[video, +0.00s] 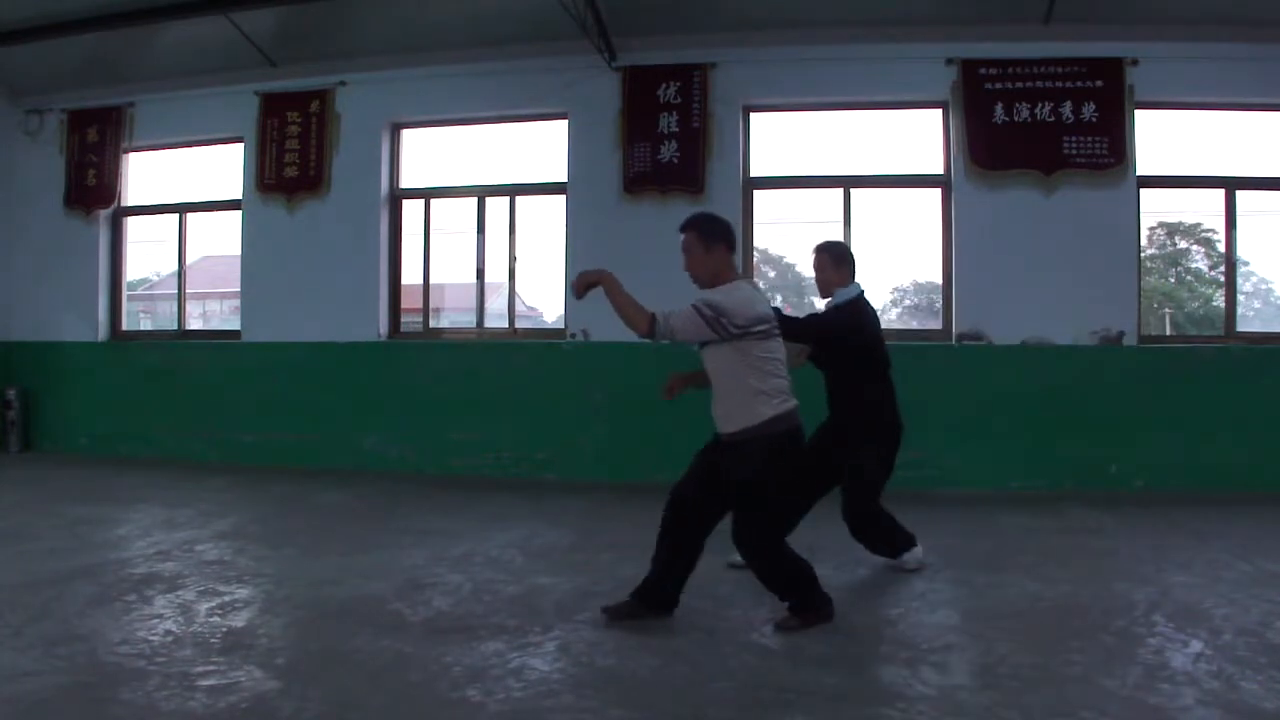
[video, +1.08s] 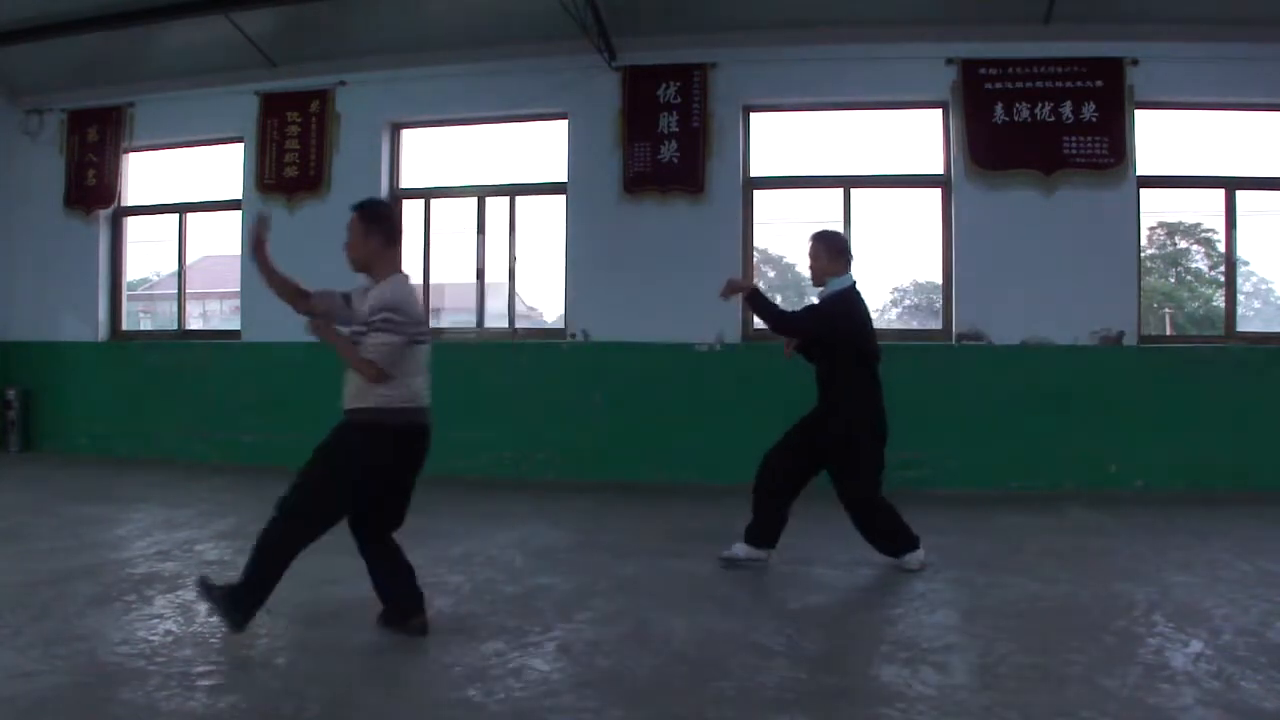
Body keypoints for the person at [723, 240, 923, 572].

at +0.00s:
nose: (815, 278)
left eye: (819, 270)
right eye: (815, 271)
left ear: (839, 270)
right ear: (843, 271)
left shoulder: (848, 315)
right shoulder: (848, 310)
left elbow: (799, 330)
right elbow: (838, 363)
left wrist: (759, 310)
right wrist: (810, 353)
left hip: (871, 429)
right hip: (846, 424)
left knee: (858, 511)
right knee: (794, 487)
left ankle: (906, 549)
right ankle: (760, 549)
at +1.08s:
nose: (809, 264)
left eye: (814, 257)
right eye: (810, 258)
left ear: (832, 260)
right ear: (839, 261)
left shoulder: (840, 305)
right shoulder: (845, 301)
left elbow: (788, 324)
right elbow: (837, 354)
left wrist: (750, 292)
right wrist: (802, 347)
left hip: (849, 416)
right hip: (839, 412)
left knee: (857, 491)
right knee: (779, 469)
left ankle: (908, 548)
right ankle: (757, 544)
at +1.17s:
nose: (798, 269)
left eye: (803, 261)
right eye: (799, 261)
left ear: (819, 263)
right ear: (828, 264)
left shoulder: (830, 308)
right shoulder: (835, 305)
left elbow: (776, 328)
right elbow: (829, 357)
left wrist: (743, 296)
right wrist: (793, 351)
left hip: (839, 417)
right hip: (837, 413)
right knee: (772, 470)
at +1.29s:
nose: (761, 274)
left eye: (765, 267)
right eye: (762, 267)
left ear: (782, 270)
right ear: (790, 269)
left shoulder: (789, 312)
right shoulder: (801, 308)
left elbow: (733, 331)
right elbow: (806, 355)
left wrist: (703, 297)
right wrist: (769, 355)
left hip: (803, 421)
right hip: (818, 419)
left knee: (742, 474)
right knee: (842, 491)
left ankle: (700, 544)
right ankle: (907, 547)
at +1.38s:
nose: (724, 272)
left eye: (730, 266)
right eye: (724, 265)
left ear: (748, 270)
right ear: (750, 270)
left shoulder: (746, 312)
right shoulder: (764, 308)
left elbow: (690, 333)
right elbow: (770, 355)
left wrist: (663, 299)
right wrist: (734, 359)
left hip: (762, 420)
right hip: (782, 417)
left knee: (702, 471)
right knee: (814, 485)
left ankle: (690, 548)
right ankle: (892, 532)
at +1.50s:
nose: (686, 263)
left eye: (690, 255)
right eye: (687, 255)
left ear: (706, 258)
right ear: (714, 259)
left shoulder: (713, 301)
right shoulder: (731, 300)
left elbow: (673, 344)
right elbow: (700, 347)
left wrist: (643, 319)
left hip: (724, 415)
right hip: (746, 414)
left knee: (675, 473)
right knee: (749, 495)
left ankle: (685, 548)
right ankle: (817, 519)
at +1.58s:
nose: (657, 247)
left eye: (661, 239)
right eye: (658, 238)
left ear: (677, 240)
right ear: (684, 241)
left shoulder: (700, 284)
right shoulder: (698, 281)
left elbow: (694, 345)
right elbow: (695, 343)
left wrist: (660, 329)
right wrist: (661, 329)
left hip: (709, 397)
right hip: (707, 394)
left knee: (662, 456)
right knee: (668, 457)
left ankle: (684, 546)